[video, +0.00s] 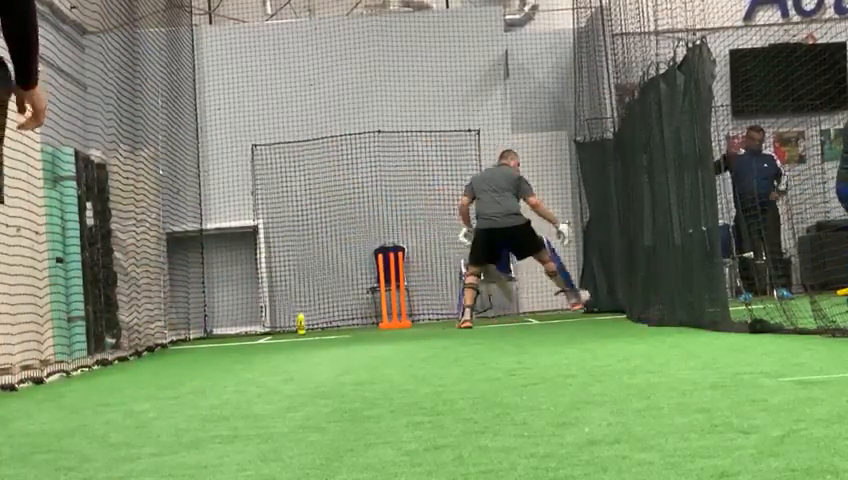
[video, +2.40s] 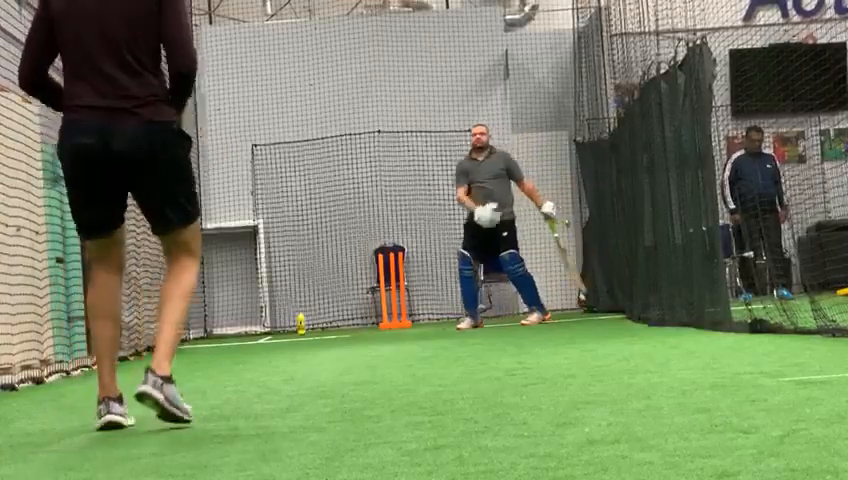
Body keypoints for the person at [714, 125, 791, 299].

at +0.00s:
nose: (756, 143)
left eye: (759, 141)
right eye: (752, 140)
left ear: (763, 142)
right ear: (745, 140)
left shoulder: (768, 160)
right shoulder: (735, 159)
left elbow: (781, 180)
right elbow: (713, 170)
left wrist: (779, 192)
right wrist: (727, 155)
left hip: (767, 210)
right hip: (744, 211)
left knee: (773, 247)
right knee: (744, 250)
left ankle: (779, 286)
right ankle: (749, 289)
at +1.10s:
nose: (759, 144)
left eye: (762, 141)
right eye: (755, 140)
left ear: (765, 141)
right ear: (749, 141)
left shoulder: (772, 158)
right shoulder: (740, 157)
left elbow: (780, 182)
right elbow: (731, 172)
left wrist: (786, 203)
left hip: (770, 209)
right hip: (748, 210)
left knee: (775, 247)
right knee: (746, 250)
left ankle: (781, 286)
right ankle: (749, 289)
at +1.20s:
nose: (761, 143)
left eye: (764, 140)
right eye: (757, 140)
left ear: (766, 141)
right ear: (749, 140)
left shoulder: (772, 158)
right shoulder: (742, 158)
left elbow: (780, 180)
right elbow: (739, 180)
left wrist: (785, 201)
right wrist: (751, 198)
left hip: (771, 206)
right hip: (750, 207)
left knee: (775, 245)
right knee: (748, 247)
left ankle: (780, 285)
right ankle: (749, 288)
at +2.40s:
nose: (758, 144)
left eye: (760, 141)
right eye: (754, 141)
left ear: (763, 141)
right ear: (745, 141)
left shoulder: (770, 158)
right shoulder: (735, 160)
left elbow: (778, 183)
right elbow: (726, 185)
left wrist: (782, 205)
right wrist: (732, 209)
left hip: (770, 211)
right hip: (746, 213)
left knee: (775, 248)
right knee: (747, 251)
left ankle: (780, 285)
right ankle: (748, 289)